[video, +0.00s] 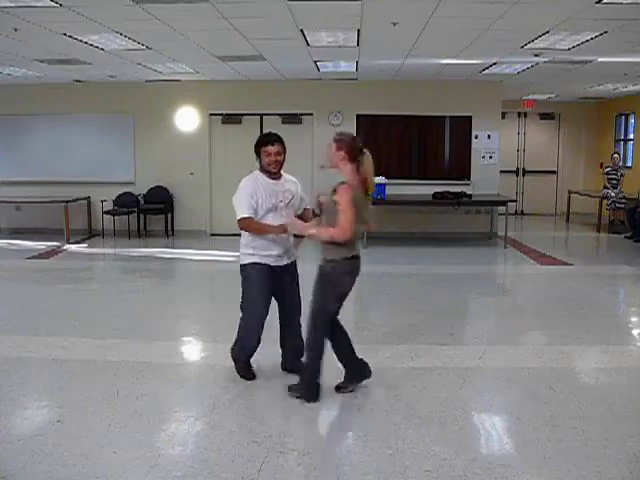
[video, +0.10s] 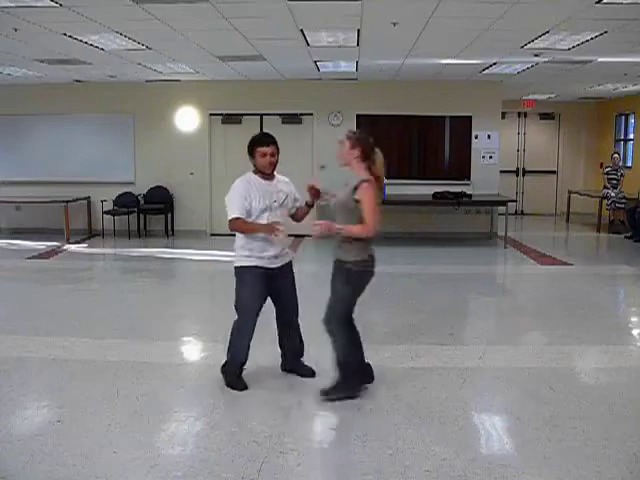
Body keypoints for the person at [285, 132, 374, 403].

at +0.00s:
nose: (329, 154)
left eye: (332, 150)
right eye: (331, 149)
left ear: (342, 154)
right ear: (349, 154)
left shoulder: (344, 190)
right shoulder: (358, 186)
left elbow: (343, 232)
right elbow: (368, 225)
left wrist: (309, 229)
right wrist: (328, 213)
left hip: (335, 265)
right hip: (347, 262)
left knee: (317, 322)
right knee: (327, 317)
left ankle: (309, 385)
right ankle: (355, 368)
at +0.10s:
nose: (339, 152)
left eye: (343, 147)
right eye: (341, 146)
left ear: (356, 152)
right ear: (356, 152)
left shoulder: (366, 187)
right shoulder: (357, 184)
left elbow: (370, 228)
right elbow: (352, 214)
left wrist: (335, 228)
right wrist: (327, 198)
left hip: (356, 265)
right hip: (347, 262)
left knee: (335, 320)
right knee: (340, 317)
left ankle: (349, 381)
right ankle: (359, 369)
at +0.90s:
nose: (388, 156)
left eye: (392, 151)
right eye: (386, 152)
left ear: (408, 153)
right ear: (391, 156)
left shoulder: (424, 183)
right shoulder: (396, 182)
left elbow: (402, 218)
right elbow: (372, 215)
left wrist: (390, 191)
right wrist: (337, 220)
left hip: (423, 260)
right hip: (403, 258)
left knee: (409, 316)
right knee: (413, 311)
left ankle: (418, 370)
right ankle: (432, 353)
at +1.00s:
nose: (385, 156)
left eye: (390, 151)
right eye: (385, 151)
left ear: (406, 155)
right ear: (397, 157)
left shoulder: (423, 185)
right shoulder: (390, 186)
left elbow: (421, 227)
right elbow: (368, 217)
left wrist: (390, 212)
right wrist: (336, 220)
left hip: (421, 262)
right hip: (398, 260)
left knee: (408, 314)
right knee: (408, 314)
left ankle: (419, 369)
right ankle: (431, 352)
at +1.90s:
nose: (324, 148)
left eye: (329, 144)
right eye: (325, 143)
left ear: (343, 151)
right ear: (342, 153)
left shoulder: (344, 184)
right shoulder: (341, 182)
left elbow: (331, 223)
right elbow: (331, 220)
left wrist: (311, 206)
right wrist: (311, 203)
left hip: (335, 259)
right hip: (333, 257)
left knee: (319, 319)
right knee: (325, 315)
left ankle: (334, 376)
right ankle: (359, 357)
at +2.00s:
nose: (322, 148)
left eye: (327, 145)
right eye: (323, 144)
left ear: (341, 152)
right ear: (338, 153)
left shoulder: (344, 185)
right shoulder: (336, 183)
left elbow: (332, 224)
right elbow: (329, 218)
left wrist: (308, 208)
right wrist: (308, 204)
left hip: (334, 260)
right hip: (326, 259)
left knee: (319, 317)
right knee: (312, 313)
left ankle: (334, 378)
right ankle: (349, 353)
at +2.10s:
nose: (323, 149)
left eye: (328, 146)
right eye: (325, 145)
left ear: (343, 153)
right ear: (339, 153)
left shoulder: (347, 186)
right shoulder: (337, 185)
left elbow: (340, 225)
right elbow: (331, 217)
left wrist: (313, 217)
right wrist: (312, 206)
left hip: (337, 261)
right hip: (323, 259)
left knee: (322, 317)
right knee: (310, 314)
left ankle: (336, 378)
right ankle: (337, 358)